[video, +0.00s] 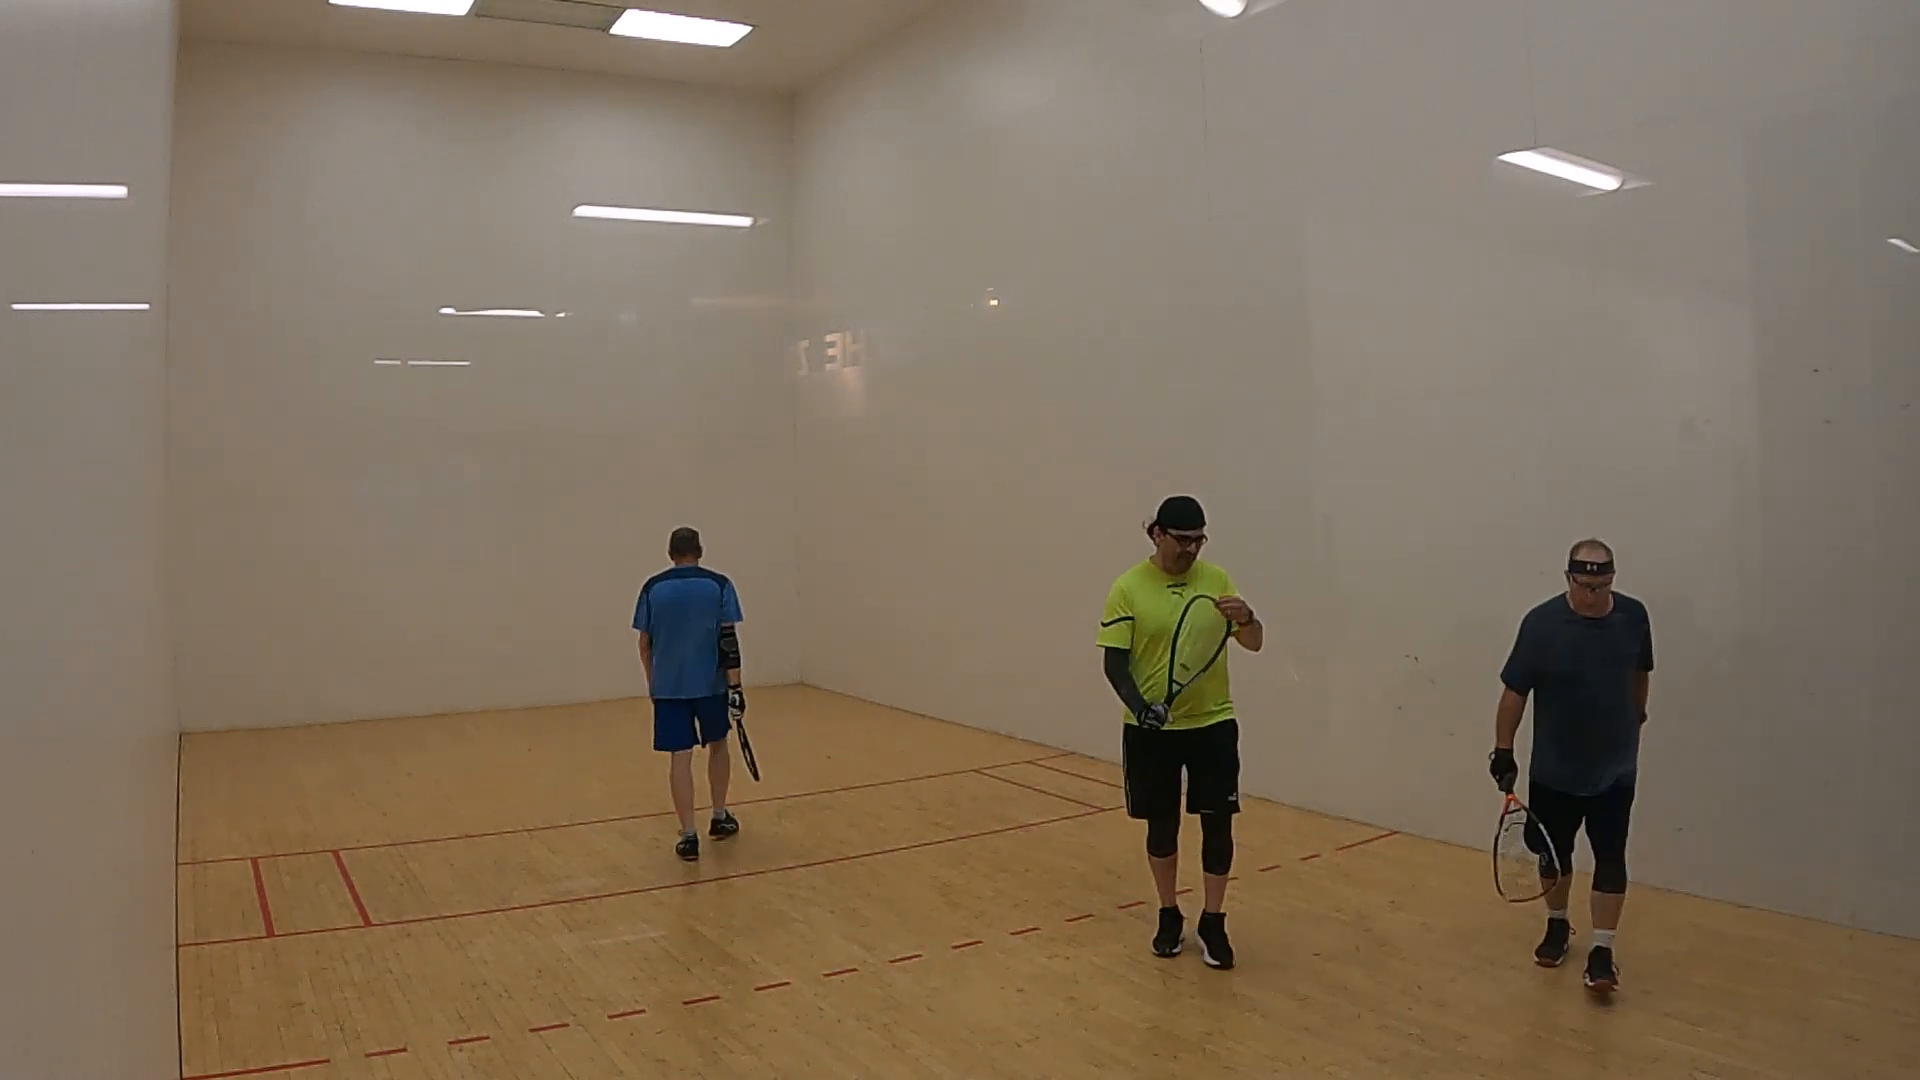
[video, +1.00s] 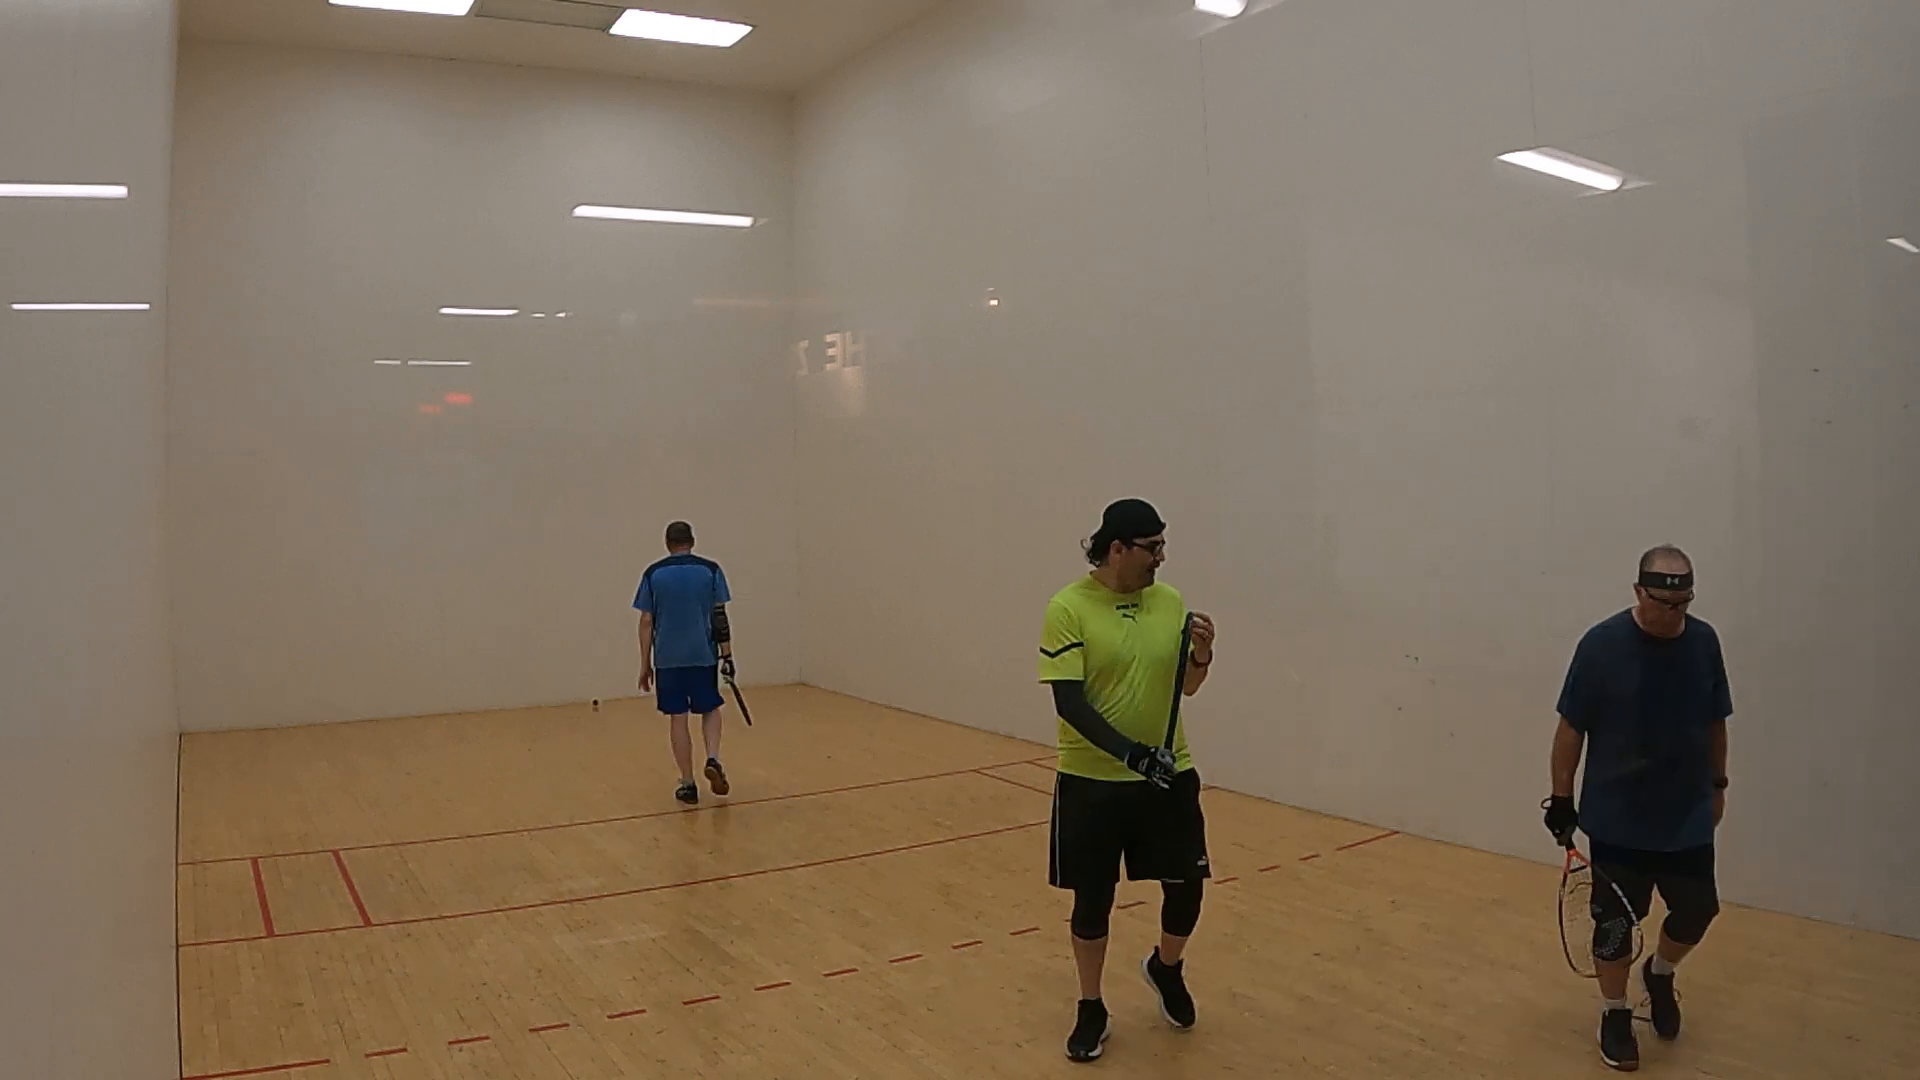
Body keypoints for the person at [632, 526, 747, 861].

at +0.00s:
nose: (688, 560)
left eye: (677, 554)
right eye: (696, 554)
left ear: (670, 555)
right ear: (701, 553)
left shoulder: (653, 587)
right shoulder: (720, 585)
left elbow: (644, 643)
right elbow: (729, 641)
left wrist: (652, 684)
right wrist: (735, 688)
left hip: (669, 689)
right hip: (710, 687)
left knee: (680, 758)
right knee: (718, 747)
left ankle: (688, 836)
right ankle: (719, 816)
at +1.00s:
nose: (680, 548)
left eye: (673, 543)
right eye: (688, 544)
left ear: (667, 544)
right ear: (693, 543)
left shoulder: (653, 573)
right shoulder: (711, 570)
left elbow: (646, 621)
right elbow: (720, 617)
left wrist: (645, 665)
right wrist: (727, 655)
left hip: (669, 661)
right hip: (703, 659)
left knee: (678, 719)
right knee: (711, 709)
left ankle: (688, 783)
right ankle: (713, 758)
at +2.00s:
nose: (637, 546)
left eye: (633, 542)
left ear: (630, 542)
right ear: (652, 540)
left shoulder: (622, 567)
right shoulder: (672, 563)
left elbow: (618, 608)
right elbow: (684, 603)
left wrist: (617, 647)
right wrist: (687, 635)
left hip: (636, 644)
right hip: (668, 643)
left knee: (633, 691)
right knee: (678, 692)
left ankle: (642, 747)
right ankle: (689, 738)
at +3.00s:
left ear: (585, 568)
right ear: (599, 566)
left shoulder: (585, 571)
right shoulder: (615, 575)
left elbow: (591, 589)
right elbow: (622, 605)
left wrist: (591, 624)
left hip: (610, 619)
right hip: (630, 620)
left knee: (609, 673)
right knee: (619, 672)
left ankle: (612, 731)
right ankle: (616, 719)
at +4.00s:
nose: (580, 558)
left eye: (579, 555)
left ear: (580, 553)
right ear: (600, 549)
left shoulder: (576, 568)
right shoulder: (618, 564)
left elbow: (576, 602)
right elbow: (630, 597)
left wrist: (573, 640)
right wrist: (630, 636)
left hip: (594, 634)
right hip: (624, 632)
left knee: (587, 684)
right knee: (620, 680)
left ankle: (603, 739)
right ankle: (624, 734)